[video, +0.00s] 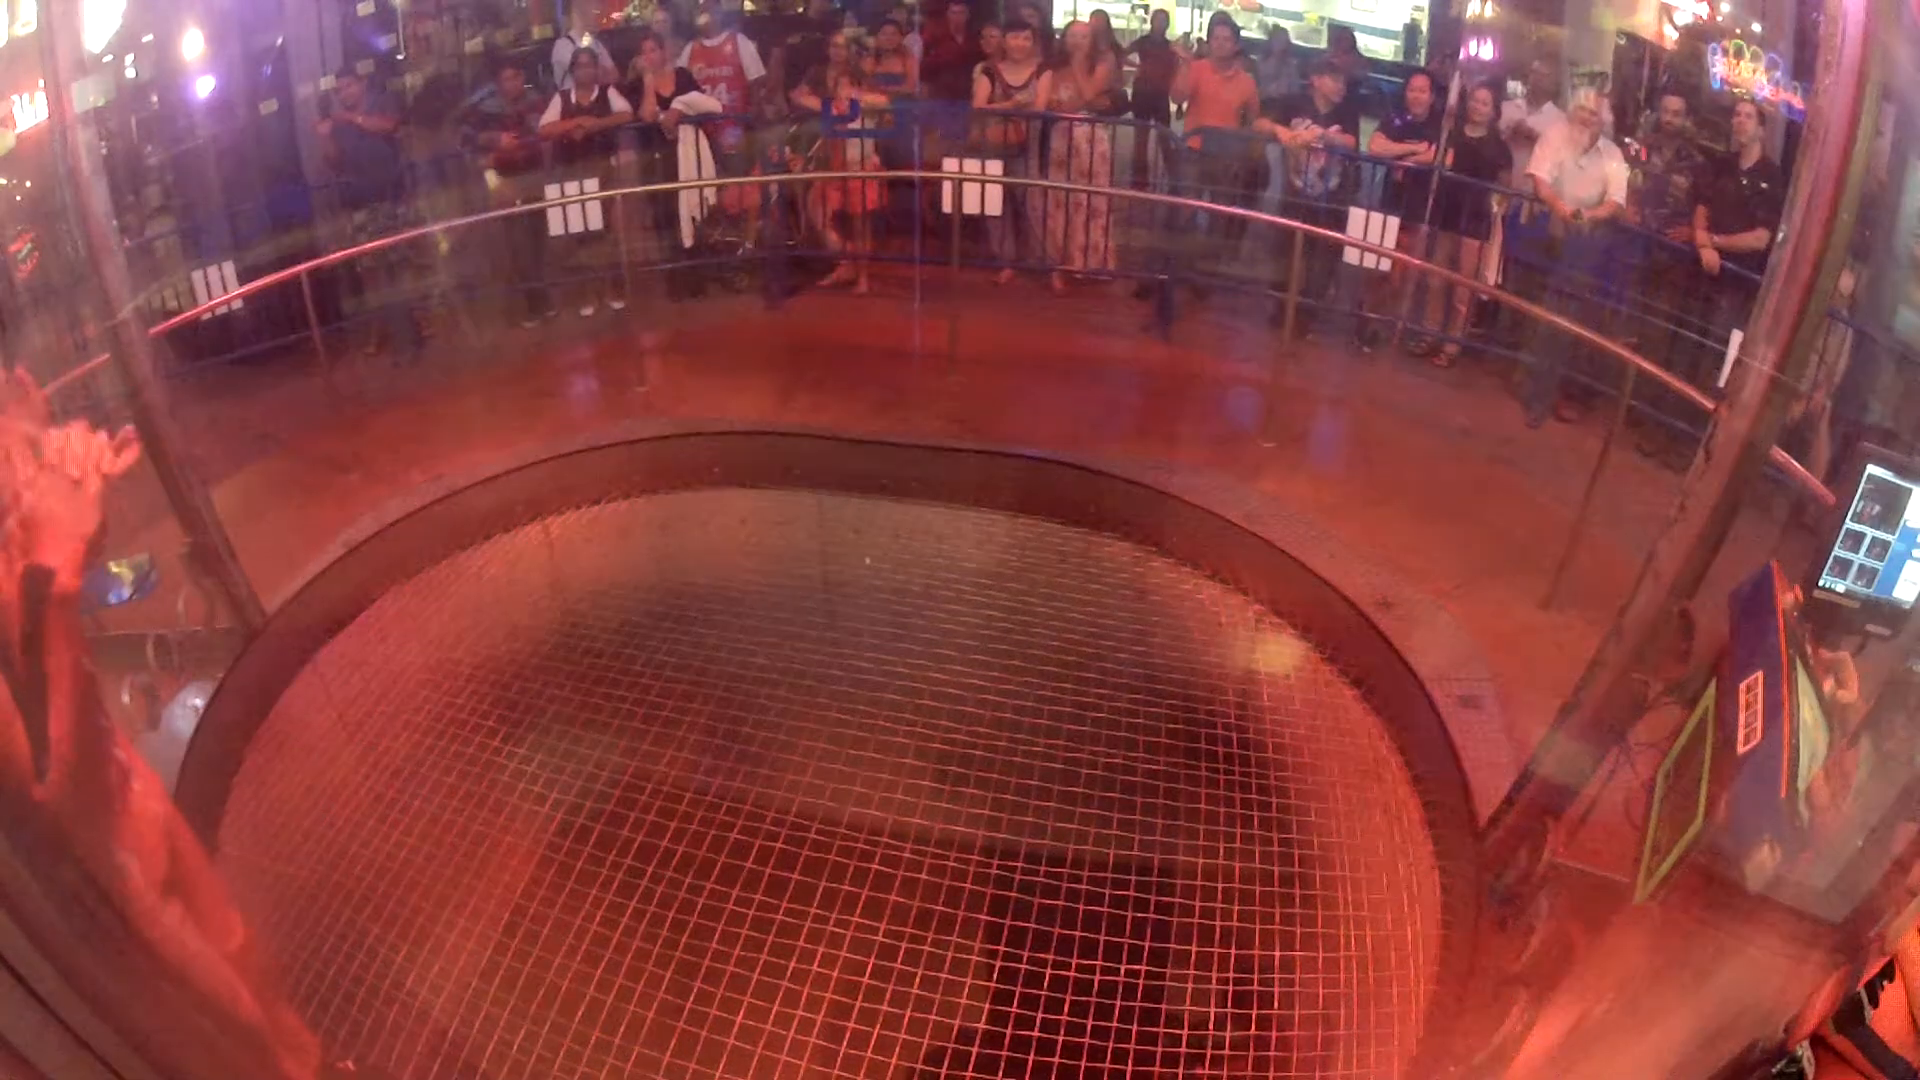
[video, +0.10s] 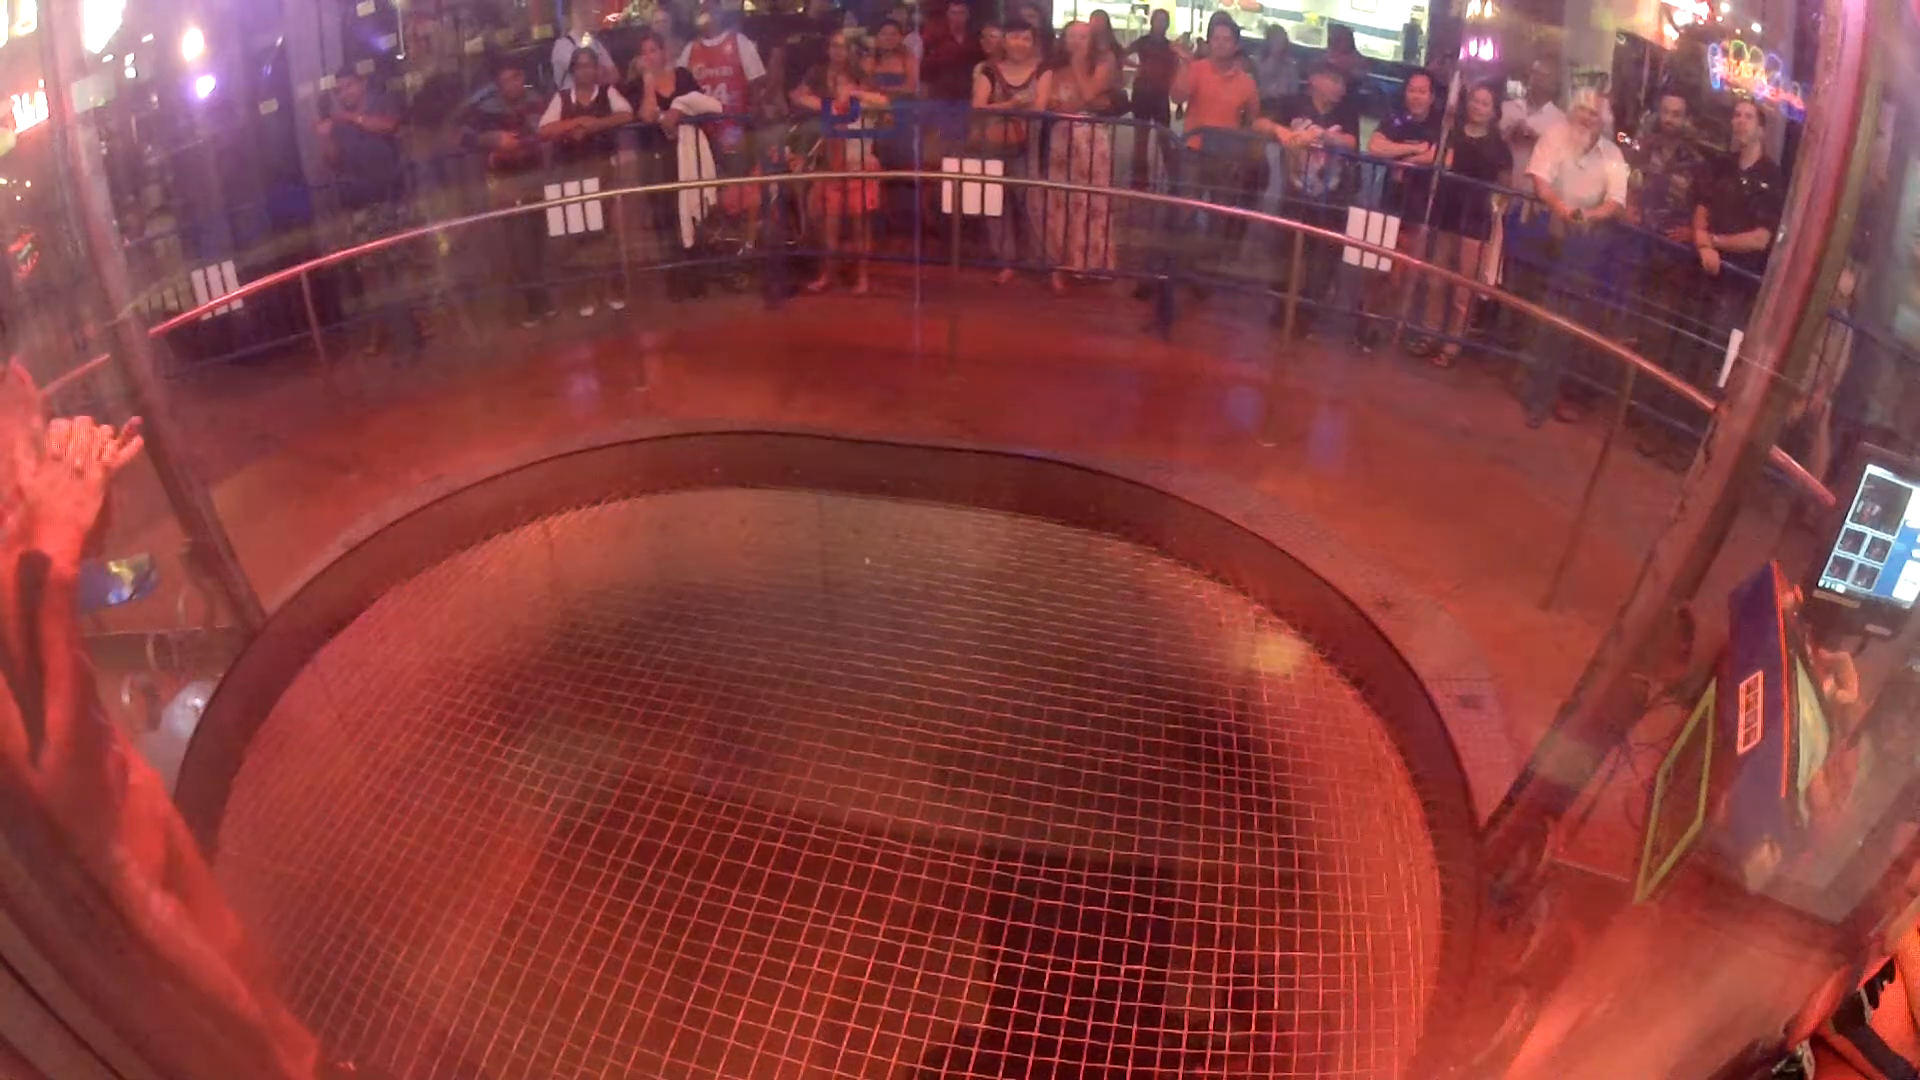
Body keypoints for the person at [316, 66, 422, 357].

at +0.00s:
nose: (346, 94)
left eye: (350, 87)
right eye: (340, 90)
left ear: (363, 85)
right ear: (338, 94)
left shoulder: (381, 106)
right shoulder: (339, 122)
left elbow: (389, 125)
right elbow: (335, 164)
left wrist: (352, 118)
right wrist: (326, 139)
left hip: (394, 197)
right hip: (361, 203)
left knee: (404, 263)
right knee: (370, 270)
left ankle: (416, 322)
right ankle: (379, 329)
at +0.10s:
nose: (346, 94)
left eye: (350, 87)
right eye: (340, 90)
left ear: (363, 85)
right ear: (338, 94)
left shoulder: (381, 106)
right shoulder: (339, 123)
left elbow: (389, 126)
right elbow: (335, 164)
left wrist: (353, 118)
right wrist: (326, 139)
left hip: (394, 197)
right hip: (360, 204)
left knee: (404, 263)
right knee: (370, 270)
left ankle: (417, 320)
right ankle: (378, 328)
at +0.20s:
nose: (346, 94)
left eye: (350, 87)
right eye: (341, 90)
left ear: (363, 85)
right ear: (338, 95)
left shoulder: (381, 107)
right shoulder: (339, 123)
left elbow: (390, 125)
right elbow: (335, 164)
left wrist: (353, 118)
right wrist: (327, 138)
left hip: (395, 196)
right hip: (361, 203)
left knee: (404, 262)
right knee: (370, 269)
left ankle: (418, 320)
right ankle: (379, 328)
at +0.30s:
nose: (346, 94)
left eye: (350, 87)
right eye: (341, 90)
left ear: (363, 85)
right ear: (338, 95)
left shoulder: (381, 105)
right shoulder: (339, 122)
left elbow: (390, 125)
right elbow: (335, 164)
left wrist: (353, 118)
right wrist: (327, 138)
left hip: (395, 196)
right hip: (361, 203)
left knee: (405, 262)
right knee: (370, 270)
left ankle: (418, 321)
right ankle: (379, 329)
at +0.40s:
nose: (346, 94)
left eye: (351, 87)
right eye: (341, 90)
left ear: (363, 85)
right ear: (338, 95)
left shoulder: (381, 107)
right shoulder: (339, 123)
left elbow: (390, 125)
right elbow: (335, 165)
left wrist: (353, 118)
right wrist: (327, 139)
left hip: (395, 197)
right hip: (361, 203)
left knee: (404, 263)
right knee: (370, 270)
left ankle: (417, 322)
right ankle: (379, 329)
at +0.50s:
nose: (346, 94)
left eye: (350, 87)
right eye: (341, 90)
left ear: (363, 85)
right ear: (338, 94)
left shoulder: (381, 104)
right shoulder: (339, 121)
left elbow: (390, 125)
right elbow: (335, 164)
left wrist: (353, 118)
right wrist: (327, 139)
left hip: (394, 196)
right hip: (361, 202)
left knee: (404, 263)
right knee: (370, 269)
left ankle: (416, 322)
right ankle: (379, 329)